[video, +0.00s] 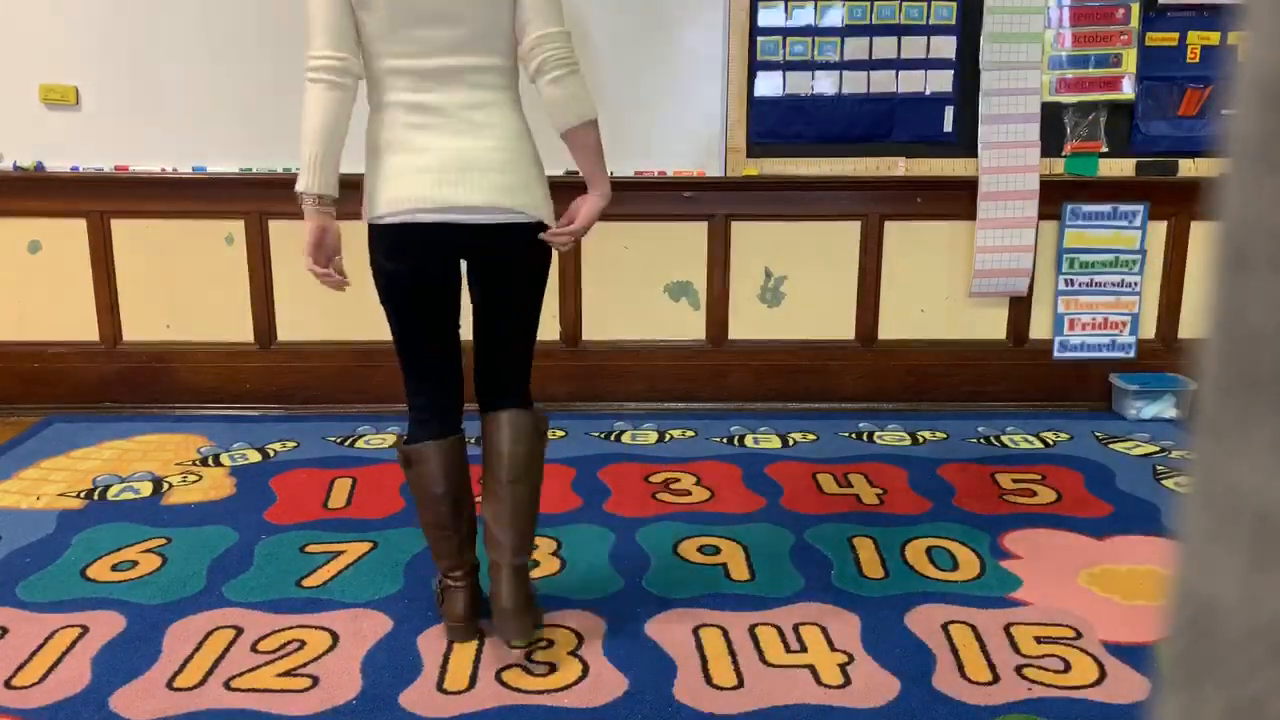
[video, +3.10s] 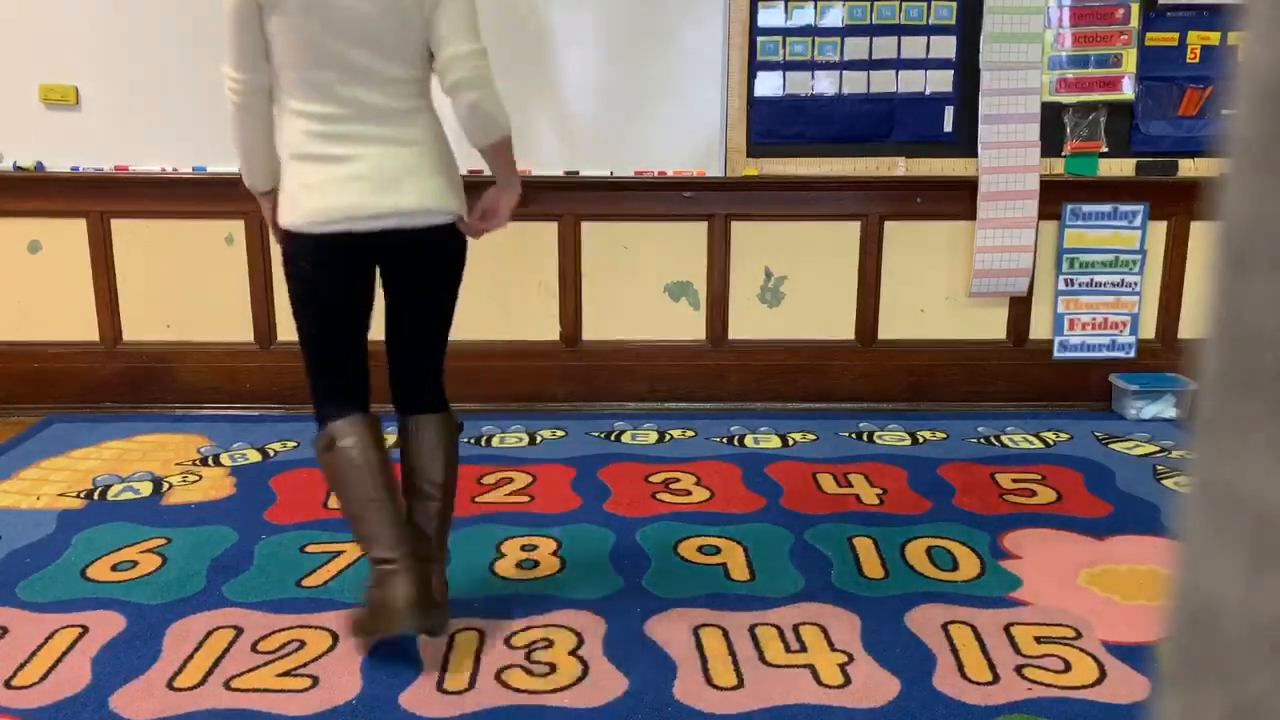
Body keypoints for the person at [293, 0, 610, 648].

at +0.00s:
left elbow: (332, 71)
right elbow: (548, 58)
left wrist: (320, 205)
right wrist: (597, 182)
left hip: (405, 200)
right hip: (509, 196)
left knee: (429, 397)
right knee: (508, 392)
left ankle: (456, 590)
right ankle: (511, 594)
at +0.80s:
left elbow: (401, 94)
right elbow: (539, 71)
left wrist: (442, 183)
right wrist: (584, 202)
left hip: (432, 213)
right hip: (524, 216)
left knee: (465, 392)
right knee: (531, 417)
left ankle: (416, 567)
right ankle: (499, 604)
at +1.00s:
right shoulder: (540, 1)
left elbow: (432, 82)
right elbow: (553, 72)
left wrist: (476, 165)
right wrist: (600, 192)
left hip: (461, 206)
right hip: (536, 210)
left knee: (528, 367)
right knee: (541, 394)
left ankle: (527, 525)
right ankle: (497, 599)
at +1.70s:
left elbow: (411, 78)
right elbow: (586, 65)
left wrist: (441, 175)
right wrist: (621, 194)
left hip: (446, 209)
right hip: (540, 212)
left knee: (490, 378)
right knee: (535, 411)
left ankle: (490, 554)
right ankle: (503, 608)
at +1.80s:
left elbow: (393, 83)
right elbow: (578, 68)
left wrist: (413, 185)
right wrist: (616, 200)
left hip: (433, 211)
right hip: (534, 215)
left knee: (463, 394)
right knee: (533, 416)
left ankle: (424, 601)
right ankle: (503, 607)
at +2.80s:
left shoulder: (314, 2)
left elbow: (302, 90)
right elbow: (531, 70)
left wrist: (302, 220)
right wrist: (560, 180)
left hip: (384, 223)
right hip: (485, 218)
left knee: (428, 423)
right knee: (439, 388)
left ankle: (498, 625)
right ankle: (449, 567)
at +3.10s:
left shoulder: (261, 0)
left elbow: (248, 83)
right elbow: (462, 69)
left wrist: (267, 190)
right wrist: (506, 176)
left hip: (320, 211)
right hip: (425, 207)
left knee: (339, 397)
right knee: (422, 387)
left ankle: (392, 570)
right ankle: (427, 576)